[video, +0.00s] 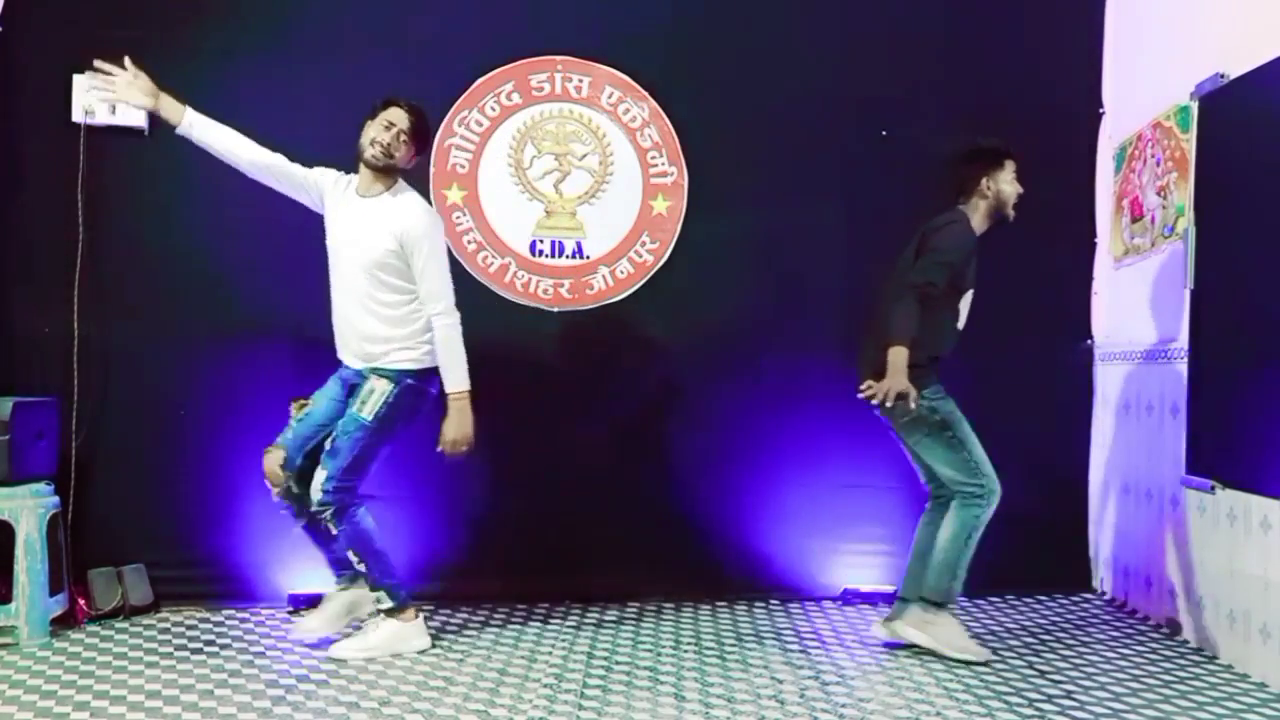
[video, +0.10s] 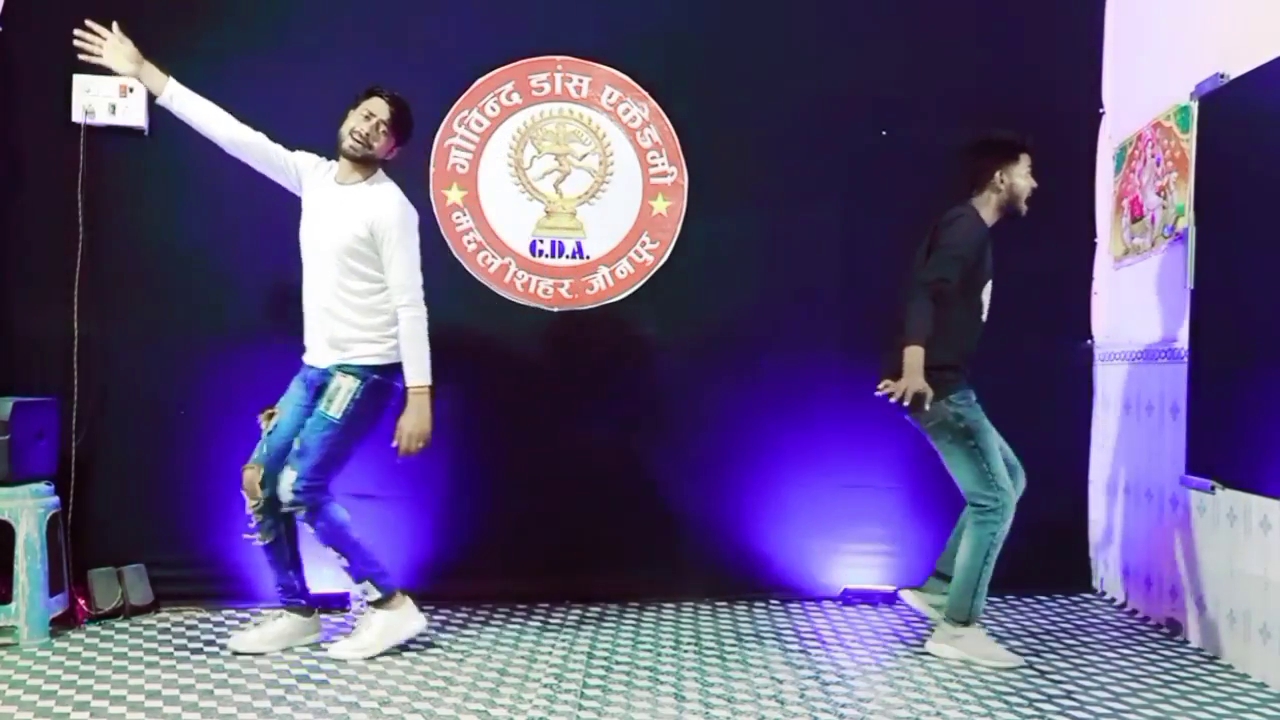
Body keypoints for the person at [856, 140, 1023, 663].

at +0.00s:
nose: (1019, 189)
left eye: (1018, 179)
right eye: (1013, 178)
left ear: (982, 184)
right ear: (985, 182)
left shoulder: (955, 232)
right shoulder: (956, 232)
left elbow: (916, 299)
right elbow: (909, 292)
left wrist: (897, 371)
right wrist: (897, 368)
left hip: (900, 382)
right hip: (916, 383)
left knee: (945, 493)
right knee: (980, 489)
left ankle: (908, 611)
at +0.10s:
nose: (1031, 183)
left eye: (1030, 173)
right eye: (1026, 172)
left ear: (997, 177)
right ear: (1000, 176)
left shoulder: (977, 228)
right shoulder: (965, 227)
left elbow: (939, 298)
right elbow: (925, 291)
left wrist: (917, 369)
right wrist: (914, 367)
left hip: (951, 385)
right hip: (940, 389)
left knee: (1011, 479)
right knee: (992, 499)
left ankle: (941, 586)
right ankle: (958, 627)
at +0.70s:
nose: (944, 176)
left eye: (952, 163)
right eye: (940, 168)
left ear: (987, 159)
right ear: (947, 174)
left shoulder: (1052, 216)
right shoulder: (954, 243)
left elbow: (1103, 290)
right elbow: (953, 336)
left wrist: (1102, 362)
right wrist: (957, 419)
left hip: (1065, 383)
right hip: (993, 386)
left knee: (1081, 507)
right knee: (1001, 506)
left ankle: (1092, 624)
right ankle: (982, 623)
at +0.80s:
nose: (949, 177)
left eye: (957, 164)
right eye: (946, 169)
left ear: (992, 160)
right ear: (958, 175)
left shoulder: (1058, 213)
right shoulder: (964, 243)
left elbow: (1113, 284)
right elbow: (964, 336)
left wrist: (1117, 365)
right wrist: (967, 420)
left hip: (1068, 384)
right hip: (996, 387)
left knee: (1083, 510)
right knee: (1002, 507)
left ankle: (1088, 625)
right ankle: (982, 622)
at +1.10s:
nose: (981, 148)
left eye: (994, 140)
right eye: (981, 141)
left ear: (1025, 154)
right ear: (985, 154)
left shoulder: (1052, 205)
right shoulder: (975, 227)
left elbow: (1107, 263)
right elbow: (986, 313)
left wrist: (1139, 265)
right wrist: (956, 368)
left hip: (1064, 382)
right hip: (996, 382)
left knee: (1079, 507)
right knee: (985, 501)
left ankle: (1089, 623)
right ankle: (1000, 618)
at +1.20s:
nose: (981, 147)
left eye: (996, 145)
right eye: (985, 140)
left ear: (1019, 168)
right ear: (982, 157)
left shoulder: (1035, 211)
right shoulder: (964, 224)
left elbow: (1109, 270)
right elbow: (984, 302)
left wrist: (1106, 224)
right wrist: (943, 337)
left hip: (1054, 381)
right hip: (994, 380)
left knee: (1072, 506)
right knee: (975, 494)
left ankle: (1091, 623)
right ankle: (1016, 614)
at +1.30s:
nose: (962, 155)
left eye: (978, 154)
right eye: (967, 148)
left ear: (1001, 179)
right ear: (960, 172)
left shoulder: (1012, 219)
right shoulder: (952, 229)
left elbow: (1087, 281)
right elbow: (967, 301)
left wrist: (1040, 240)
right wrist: (923, 337)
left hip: (1040, 385)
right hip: (986, 386)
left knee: (1042, 504)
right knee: (974, 504)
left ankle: (1087, 616)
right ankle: (1015, 622)